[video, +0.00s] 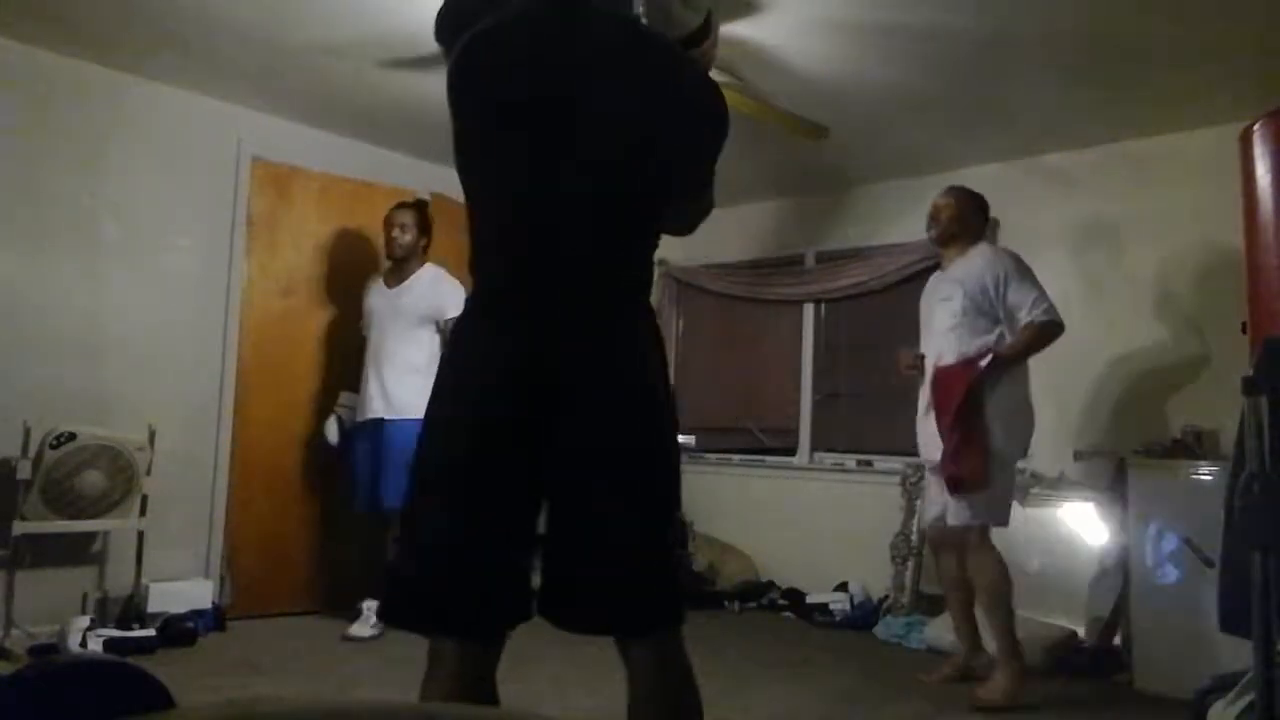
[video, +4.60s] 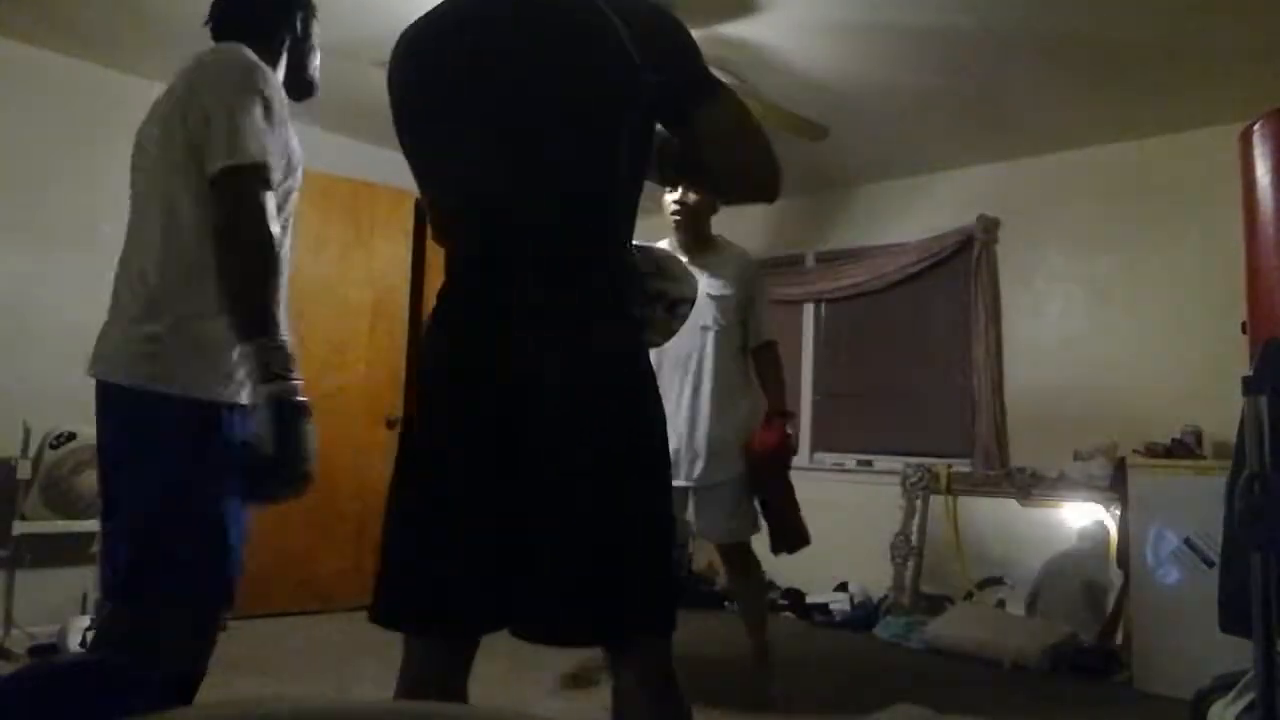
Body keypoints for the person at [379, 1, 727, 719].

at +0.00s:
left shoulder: (479, 58)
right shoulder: (676, 82)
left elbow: (455, 15)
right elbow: (682, 211)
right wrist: (688, 74)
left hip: (493, 362)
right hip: (614, 368)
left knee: (461, 640)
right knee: (650, 635)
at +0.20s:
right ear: (656, 2)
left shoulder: (512, 62)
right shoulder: (708, 92)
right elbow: (709, 208)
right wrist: (717, 79)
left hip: (523, 367)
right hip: (643, 375)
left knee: (476, 643)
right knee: (666, 641)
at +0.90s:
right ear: (709, 1)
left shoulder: (562, 61)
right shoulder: (747, 79)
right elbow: (773, 201)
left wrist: (729, 60)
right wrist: (773, 78)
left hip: (580, 353)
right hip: (698, 361)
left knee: (500, 612)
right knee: (707, 642)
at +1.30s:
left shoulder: (488, 57)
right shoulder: (696, 72)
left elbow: (521, 209)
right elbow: (739, 248)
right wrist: (681, 138)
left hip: (534, 358)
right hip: (654, 362)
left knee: (472, 634)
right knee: (678, 644)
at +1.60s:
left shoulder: (427, 65)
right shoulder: (624, 55)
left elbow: (445, 247)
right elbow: (688, 231)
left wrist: (620, 303)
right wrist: (594, 198)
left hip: (477, 368)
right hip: (603, 370)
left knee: (446, 632)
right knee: (646, 639)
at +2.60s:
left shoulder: (515, 58)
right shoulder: (714, 60)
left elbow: (513, 238)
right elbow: (790, 237)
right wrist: (701, 200)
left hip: (550, 362)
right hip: (672, 365)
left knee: (480, 638)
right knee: (680, 647)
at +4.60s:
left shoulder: (419, 46)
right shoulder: (633, 22)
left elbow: (453, 228)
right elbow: (752, 172)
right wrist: (628, 145)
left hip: (467, 359)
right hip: (598, 363)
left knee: (433, 656)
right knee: (641, 659)